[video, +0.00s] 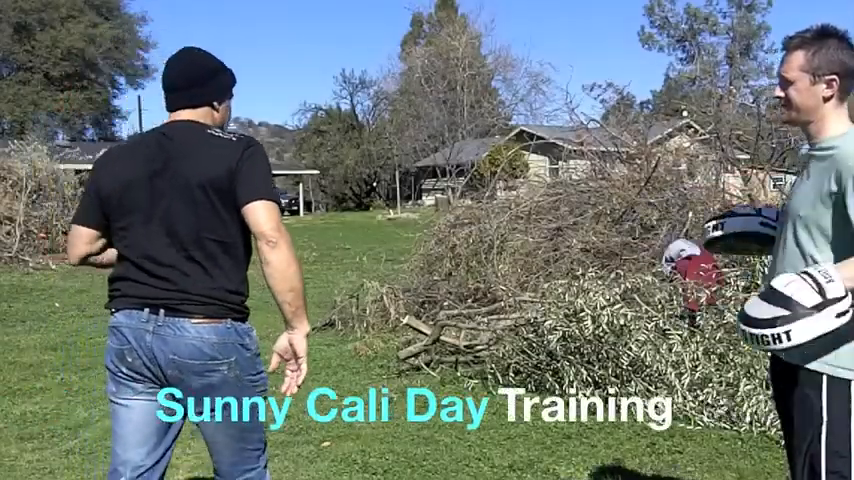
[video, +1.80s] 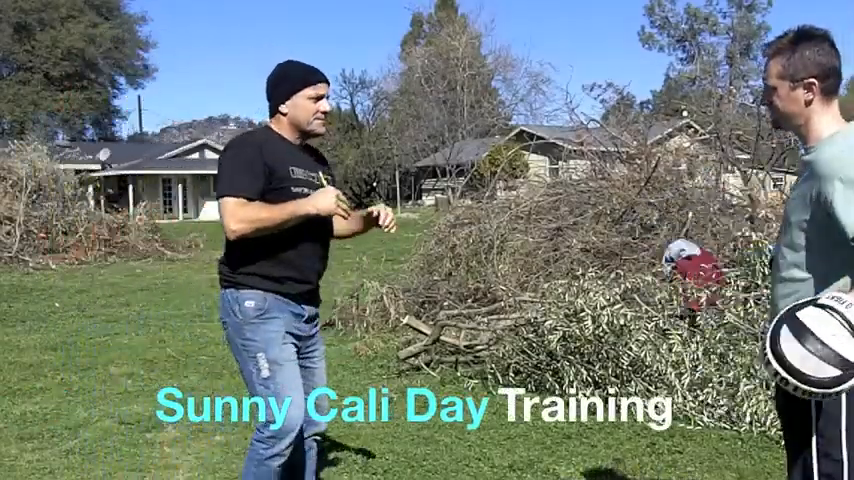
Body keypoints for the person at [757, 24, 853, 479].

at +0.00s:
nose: (778, 92)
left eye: (787, 83)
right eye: (779, 82)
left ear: (828, 87)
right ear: (822, 87)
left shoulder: (845, 158)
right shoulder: (815, 155)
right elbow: (822, 239)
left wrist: (822, 282)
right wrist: (775, 232)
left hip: (831, 364)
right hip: (797, 354)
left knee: (827, 471)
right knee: (805, 468)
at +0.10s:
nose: (789, 93)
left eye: (799, 82)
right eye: (792, 82)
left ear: (840, 87)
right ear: (836, 88)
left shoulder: (846, 161)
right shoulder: (819, 158)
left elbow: (851, 252)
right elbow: (800, 224)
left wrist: (762, 281)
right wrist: (736, 220)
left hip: (831, 365)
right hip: (798, 356)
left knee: (826, 471)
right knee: (804, 468)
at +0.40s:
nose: (804, 89)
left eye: (814, 79)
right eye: (807, 79)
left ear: (849, 85)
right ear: (841, 85)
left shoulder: (846, 161)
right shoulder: (821, 153)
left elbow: (790, 248)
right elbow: (764, 202)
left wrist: (707, 254)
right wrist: (724, 187)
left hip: (832, 364)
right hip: (803, 355)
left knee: (827, 471)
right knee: (810, 467)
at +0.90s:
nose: (800, 89)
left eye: (808, 78)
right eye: (803, 78)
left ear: (845, 83)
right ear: (841, 83)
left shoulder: (841, 159)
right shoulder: (822, 146)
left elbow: (781, 243)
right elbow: (790, 223)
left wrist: (746, 241)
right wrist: (760, 239)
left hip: (832, 352)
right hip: (809, 347)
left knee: (827, 469)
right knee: (811, 465)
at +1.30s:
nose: (796, 94)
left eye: (803, 83)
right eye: (797, 83)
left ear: (839, 85)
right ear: (837, 85)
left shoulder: (843, 167)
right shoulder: (832, 162)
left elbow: (824, 277)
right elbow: (802, 226)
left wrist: (731, 301)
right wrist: (728, 225)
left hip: (831, 369)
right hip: (815, 363)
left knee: (827, 471)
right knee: (814, 468)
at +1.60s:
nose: (778, 94)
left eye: (785, 84)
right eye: (779, 84)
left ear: (821, 88)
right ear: (822, 88)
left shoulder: (841, 166)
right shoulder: (827, 162)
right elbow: (830, 256)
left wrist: (793, 330)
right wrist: (777, 265)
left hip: (833, 376)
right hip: (817, 369)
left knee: (827, 471)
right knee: (812, 470)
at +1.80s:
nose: (764, 100)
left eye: (770, 88)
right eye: (765, 89)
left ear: (808, 90)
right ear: (809, 90)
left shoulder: (835, 170)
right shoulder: (818, 160)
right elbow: (826, 257)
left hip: (827, 372)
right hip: (806, 365)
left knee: (826, 470)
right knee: (807, 467)